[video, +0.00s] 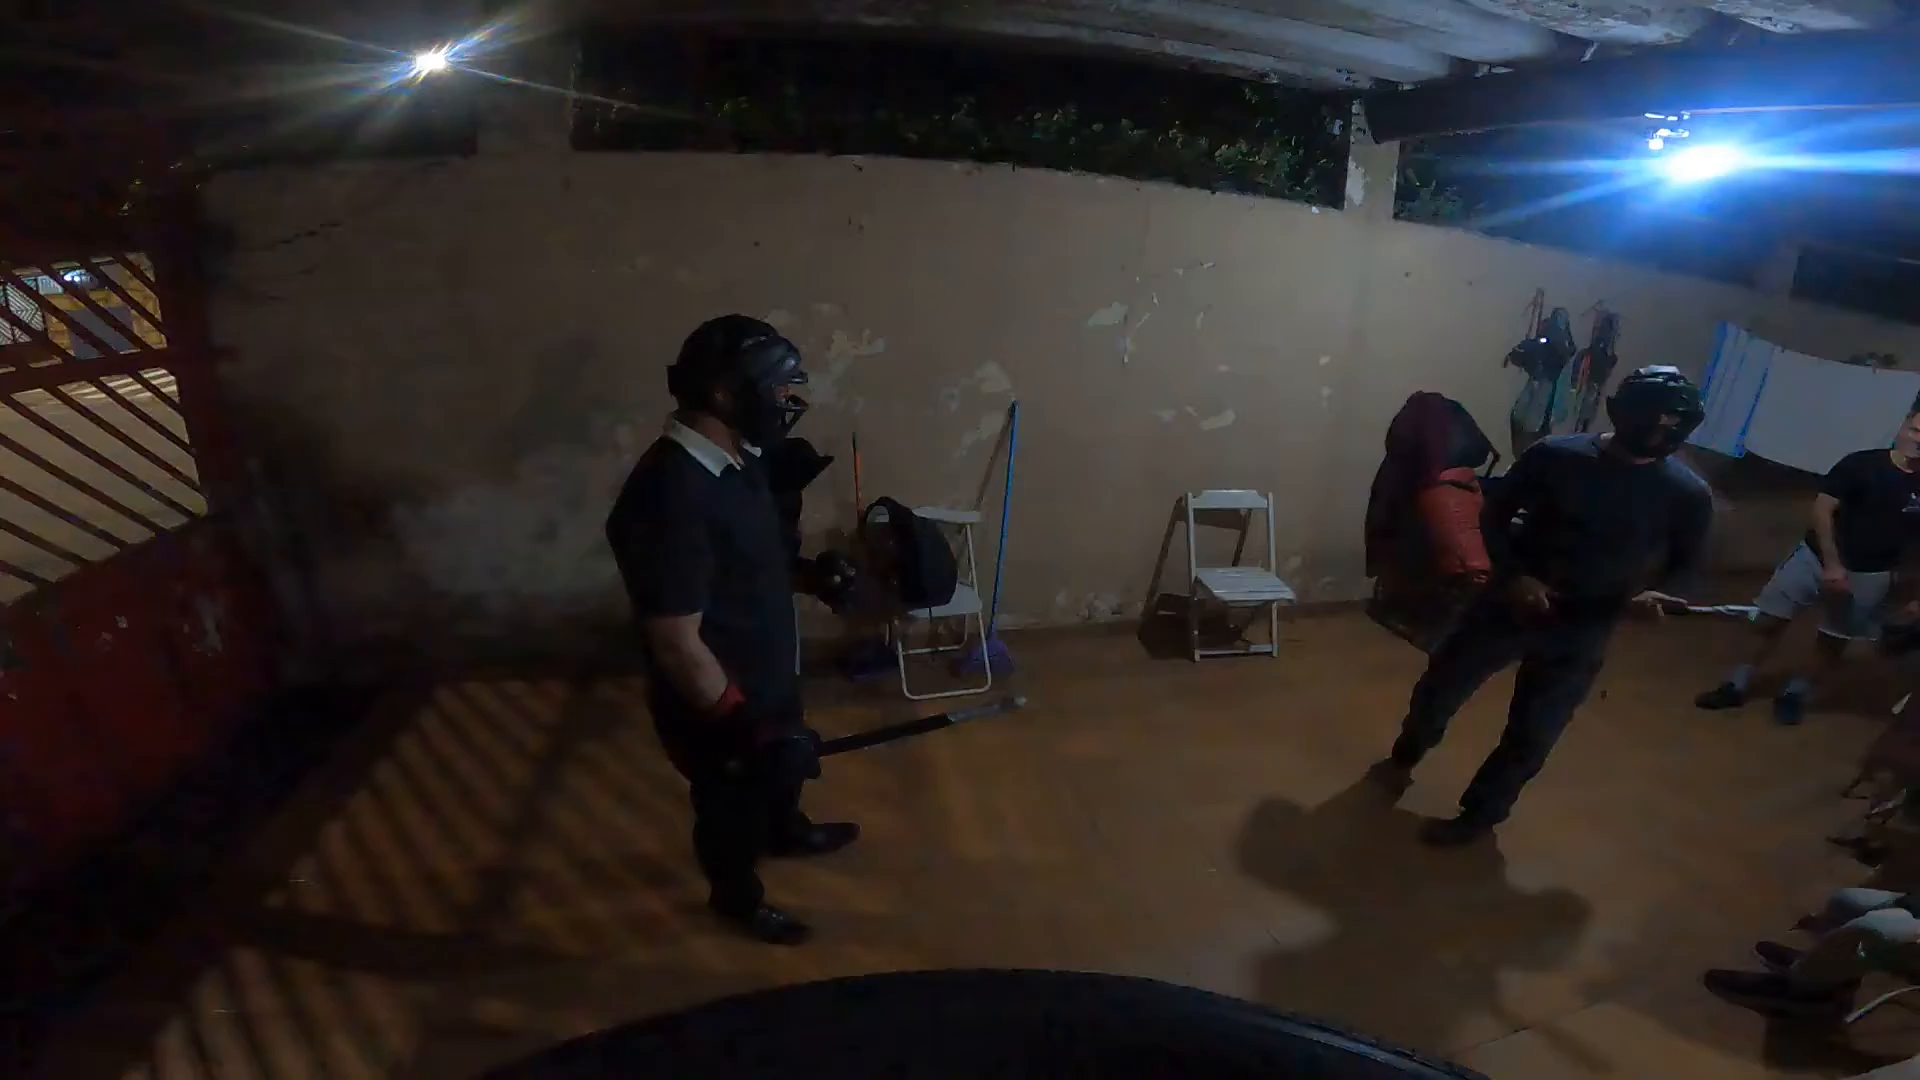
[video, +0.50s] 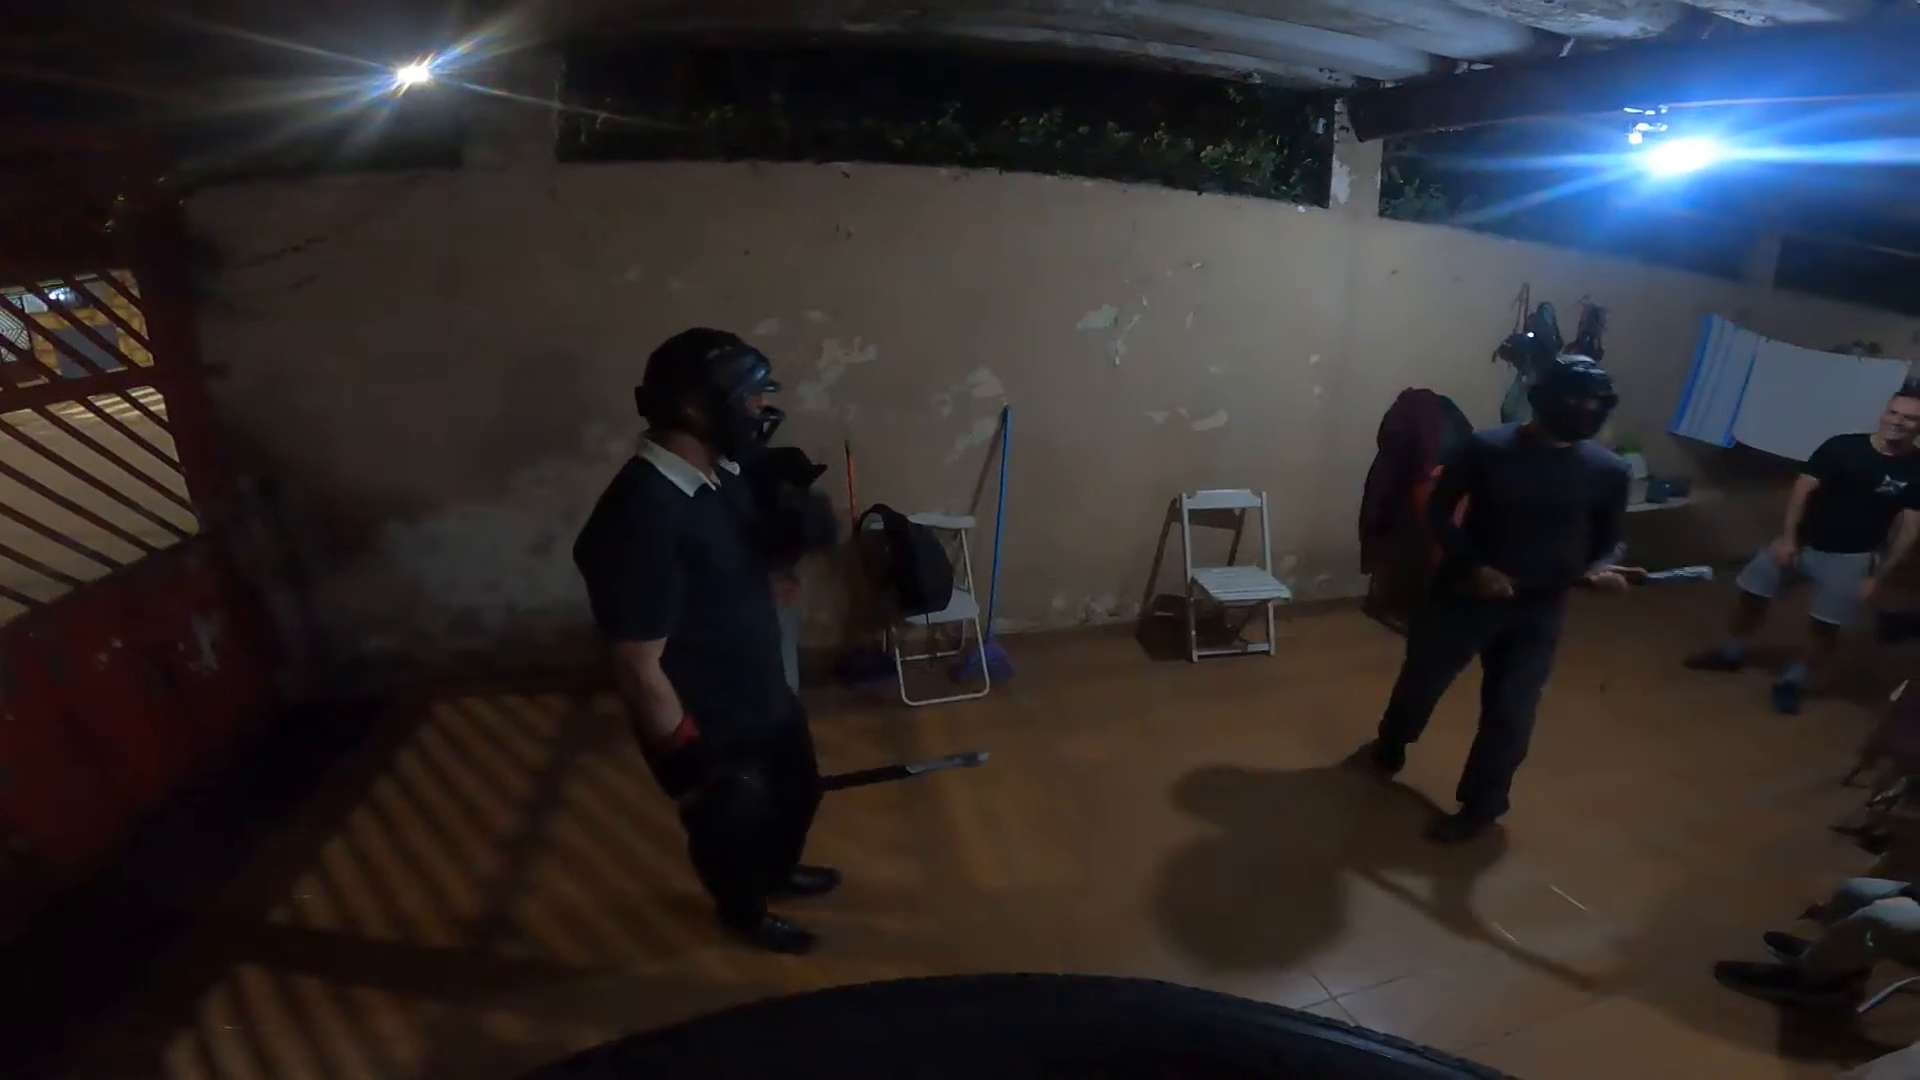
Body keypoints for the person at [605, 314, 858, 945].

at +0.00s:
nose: (787, 398)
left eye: (787, 383)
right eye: (771, 383)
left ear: (723, 394)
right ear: (721, 393)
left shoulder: (738, 461)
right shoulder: (666, 491)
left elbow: (749, 566)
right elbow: (674, 638)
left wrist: (810, 576)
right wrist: (737, 716)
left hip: (764, 663)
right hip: (710, 685)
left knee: (778, 756)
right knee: (728, 802)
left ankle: (781, 829)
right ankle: (736, 899)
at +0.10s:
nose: (783, 402)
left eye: (783, 386)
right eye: (766, 387)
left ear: (718, 400)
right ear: (715, 399)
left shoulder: (735, 469)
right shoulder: (659, 499)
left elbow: (748, 575)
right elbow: (665, 650)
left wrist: (807, 580)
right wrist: (733, 722)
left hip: (765, 672)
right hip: (708, 695)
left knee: (784, 762)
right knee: (728, 808)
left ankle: (784, 834)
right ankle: (739, 902)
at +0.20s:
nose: (780, 413)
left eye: (779, 396)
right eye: (763, 398)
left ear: (712, 411)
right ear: (708, 409)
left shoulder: (737, 478)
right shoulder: (648, 514)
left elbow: (758, 580)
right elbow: (657, 662)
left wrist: (812, 585)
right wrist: (725, 734)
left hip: (768, 676)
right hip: (707, 702)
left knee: (790, 768)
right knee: (729, 815)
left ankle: (792, 843)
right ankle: (746, 909)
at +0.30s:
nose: (774, 413)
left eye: (773, 397)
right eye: (757, 399)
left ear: (705, 412)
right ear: (700, 410)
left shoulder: (732, 481)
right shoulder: (640, 519)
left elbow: (753, 583)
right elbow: (645, 666)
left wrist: (813, 573)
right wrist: (710, 745)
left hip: (767, 682)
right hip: (707, 710)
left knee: (797, 771)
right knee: (730, 818)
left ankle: (791, 850)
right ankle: (747, 911)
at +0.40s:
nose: (765, 409)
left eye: (764, 393)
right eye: (749, 395)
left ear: (702, 411)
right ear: (697, 409)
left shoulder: (732, 479)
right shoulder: (635, 517)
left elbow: (766, 580)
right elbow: (640, 664)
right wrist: (697, 753)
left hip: (763, 680)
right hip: (705, 706)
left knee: (796, 776)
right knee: (736, 812)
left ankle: (787, 859)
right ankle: (745, 910)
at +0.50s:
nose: (760, 408)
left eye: (759, 392)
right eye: (743, 393)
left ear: (696, 409)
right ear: (692, 407)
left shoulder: (726, 478)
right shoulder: (631, 517)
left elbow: (768, 581)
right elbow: (638, 666)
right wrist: (692, 754)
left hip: (763, 686)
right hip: (706, 711)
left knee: (795, 785)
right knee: (736, 815)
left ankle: (775, 867)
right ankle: (742, 912)